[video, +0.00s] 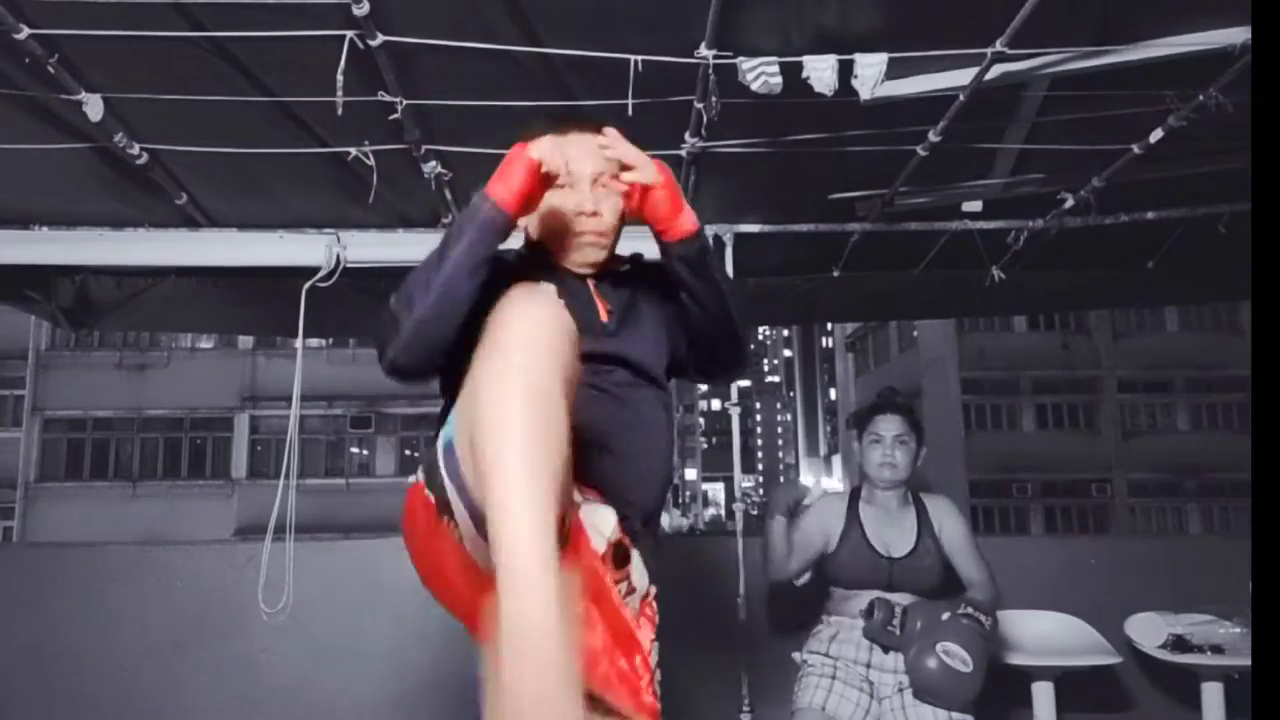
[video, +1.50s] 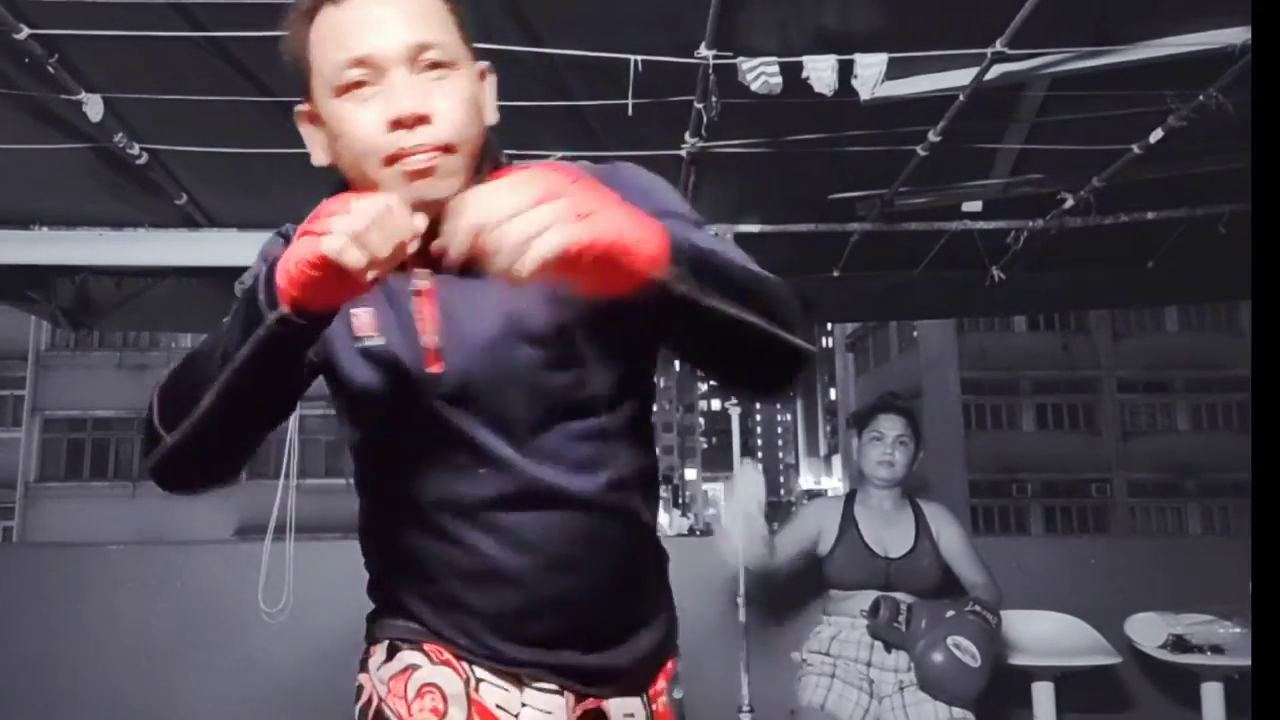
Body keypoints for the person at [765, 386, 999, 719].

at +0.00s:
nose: (888, 452)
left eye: (900, 442)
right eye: (875, 441)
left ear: (918, 455)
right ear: (858, 452)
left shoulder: (939, 512)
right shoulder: (830, 511)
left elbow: (982, 588)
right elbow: (780, 570)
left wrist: (965, 622)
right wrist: (777, 510)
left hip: (922, 665)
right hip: (839, 662)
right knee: (820, 712)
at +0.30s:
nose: (885, 452)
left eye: (899, 443)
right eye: (874, 441)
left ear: (917, 455)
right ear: (856, 449)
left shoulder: (937, 515)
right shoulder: (825, 506)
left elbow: (983, 589)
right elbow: (758, 536)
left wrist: (961, 620)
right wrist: (808, 567)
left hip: (921, 669)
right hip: (837, 665)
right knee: (820, 712)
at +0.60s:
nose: (885, 453)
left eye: (898, 444)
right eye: (873, 441)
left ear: (917, 458)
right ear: (857, 450)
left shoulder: (935, 517)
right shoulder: (829, 511)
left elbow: (981, 588)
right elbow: (788, 572)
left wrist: (969, 620)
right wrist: (785, 503)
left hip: (920, 667)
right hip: (839, 663)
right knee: (822, 711)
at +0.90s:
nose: (886, 452)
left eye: (898, 442)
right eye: (873, 441)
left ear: (912, 454)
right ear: (852, 452)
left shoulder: (934, 516)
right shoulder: (828, 511)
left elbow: (984, 589)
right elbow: (758, 557)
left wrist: (971, 618)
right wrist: (789, 522)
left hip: (923, 666)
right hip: (842, 663)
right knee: (832, 712)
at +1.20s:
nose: (884, 451)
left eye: (898, 443)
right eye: (873, 439)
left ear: (913, 457)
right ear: (853, 447)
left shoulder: (934, 515)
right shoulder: (828, 513)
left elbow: (983, 587)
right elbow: (794, 579)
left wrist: (972, 616)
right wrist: (782, 504)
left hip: (921, 667)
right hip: (841, 664)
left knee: (937, 715)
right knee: (829, 712)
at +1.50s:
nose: (888, 450)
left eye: (902, 442)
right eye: (876, 439)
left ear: (914, 456)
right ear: (856, 448)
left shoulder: (935, 518)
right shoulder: (824, 514)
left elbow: (986, 590)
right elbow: (764, 565)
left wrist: (980, 614)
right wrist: (747, 515)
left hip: (922, 666)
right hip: (841, 663)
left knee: (941, 716)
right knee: (829, 709)